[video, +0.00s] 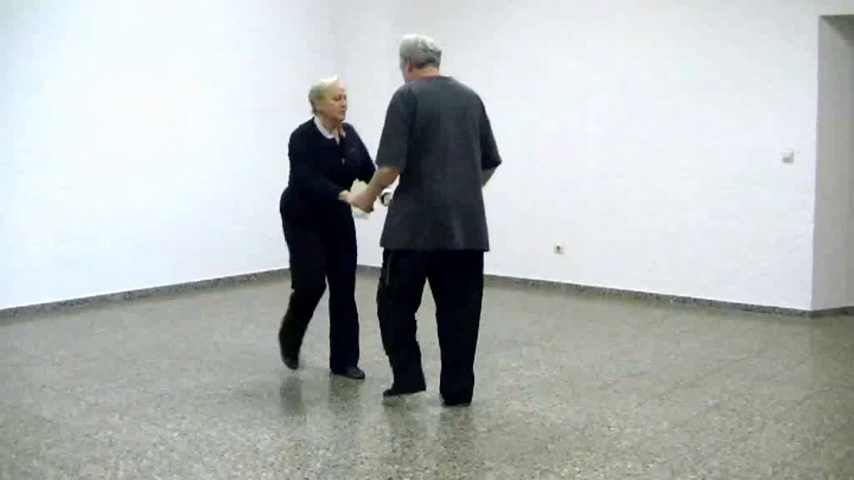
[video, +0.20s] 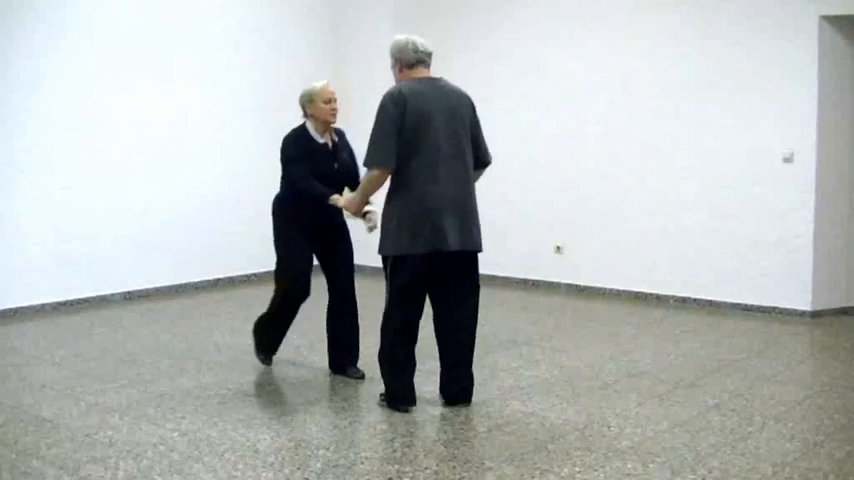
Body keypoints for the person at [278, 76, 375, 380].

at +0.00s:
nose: (344, 104)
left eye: (345, 98)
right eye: (338, 99)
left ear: (344, 102)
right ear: (319, 104)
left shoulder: (349, 135)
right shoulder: (302, 137)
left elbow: (366, 171)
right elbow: (304, 180)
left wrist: (380, 187)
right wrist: (345, 196)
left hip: (337, 216)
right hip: (302, 217)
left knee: (343, 290)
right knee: (311, 284)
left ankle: (344, 362)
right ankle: (289, 340)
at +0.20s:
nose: (334, 107)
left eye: (335, 102)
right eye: (328, 102)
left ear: (335, 106)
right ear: (309, 108)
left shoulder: (339, 138)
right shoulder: (294, 141)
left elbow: (351, 180)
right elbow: (298, 183)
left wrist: (363, 208)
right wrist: (334, 199)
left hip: (329, 218)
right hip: (294, 219)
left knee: (343, 288)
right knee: (295, 288)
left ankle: (343, 362)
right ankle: (265, 338)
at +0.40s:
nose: (309, 113)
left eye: (310, 108)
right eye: (302, 109)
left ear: (310, 113)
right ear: (284, 114)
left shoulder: (311, 143)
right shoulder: (269, 146)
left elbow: (314, 179)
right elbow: (271, 186)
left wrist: (322, 197)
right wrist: (306, 195)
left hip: (308, 223)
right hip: (273, 225)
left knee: (327, 287)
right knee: (265, 287)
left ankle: (344, 359)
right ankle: (253, 349)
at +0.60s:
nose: (291, 106)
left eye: (291, 101)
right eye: (284, 102)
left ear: (290, 105)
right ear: (266, 108)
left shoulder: (292, 135)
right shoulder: (252, 138)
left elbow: (297, 174)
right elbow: (250, 179)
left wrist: (310, 207)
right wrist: (285, 174)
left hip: (289, 216)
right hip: (255, 219)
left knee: (308, 276)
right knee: (253, 286)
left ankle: (304, 342)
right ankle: (252, 350)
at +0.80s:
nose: (281, 108)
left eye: (281, 104)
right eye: (274, 105)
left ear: (282, 108)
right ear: (256, 111)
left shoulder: (284, 137)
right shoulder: (245, 143)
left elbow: (293, 175)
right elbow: (246, 181)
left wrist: (312, 202)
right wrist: (277, 179)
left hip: (280, 220)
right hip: (248, 223)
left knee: (286, 284)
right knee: (251, 286)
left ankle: (267, 339)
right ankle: (250, 349)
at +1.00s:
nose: (281, 106)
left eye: (282, 101)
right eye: (274, 103)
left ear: (283, 105)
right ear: (257, 109)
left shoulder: (282, 135)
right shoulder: (247, 138)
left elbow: (286, 175)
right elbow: (253, 174)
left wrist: (306, 199)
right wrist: (286, 166)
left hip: (279, 215)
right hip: (247, 219)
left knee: (300, 269)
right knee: (251, 285)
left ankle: (280, 327)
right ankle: (250, 350)